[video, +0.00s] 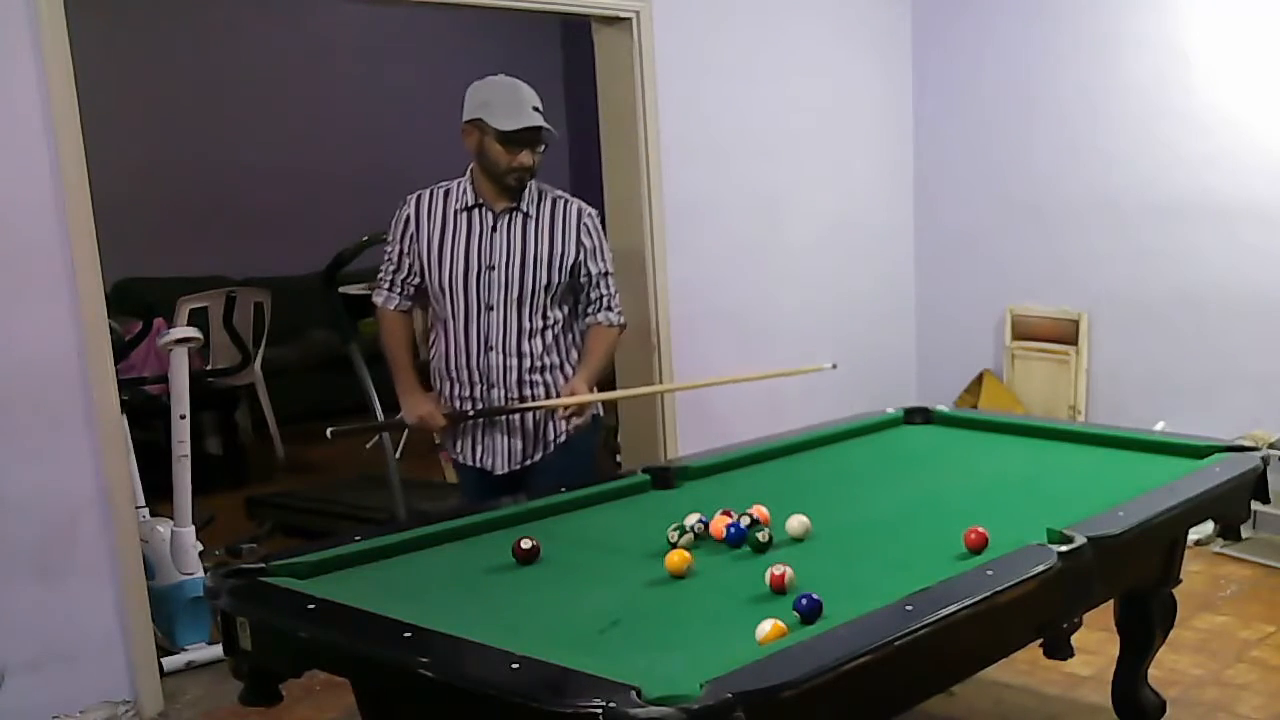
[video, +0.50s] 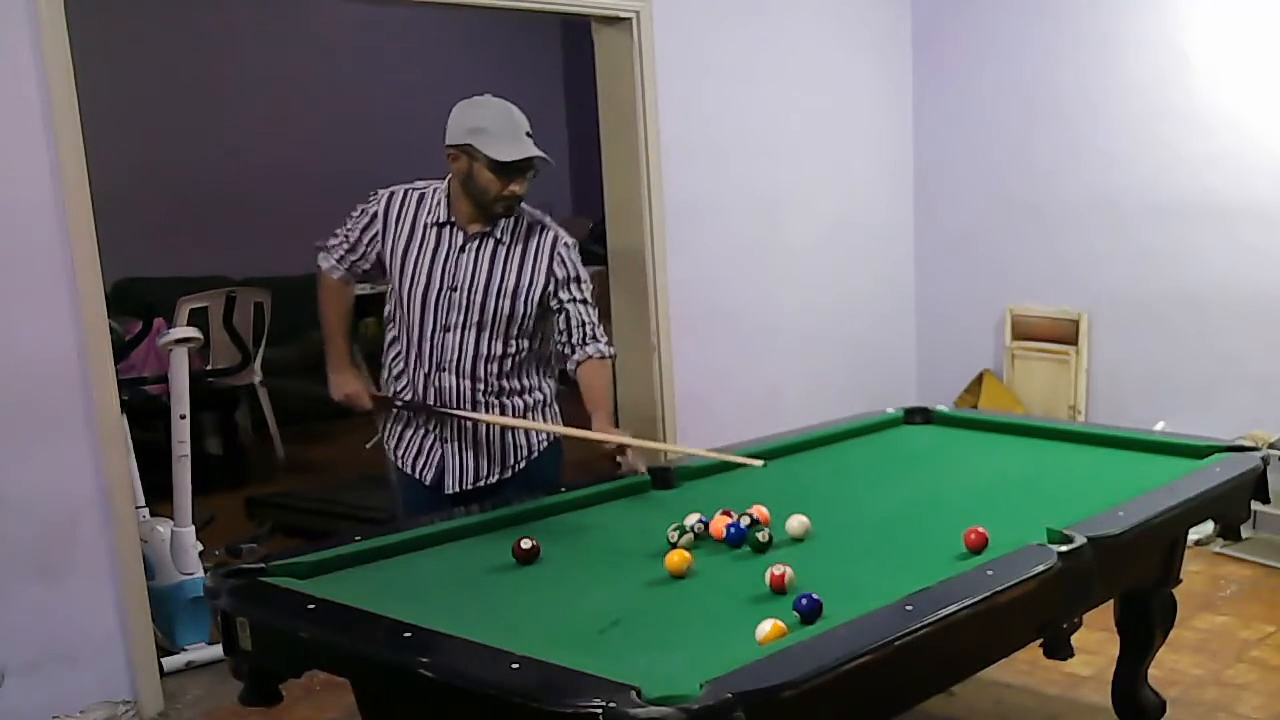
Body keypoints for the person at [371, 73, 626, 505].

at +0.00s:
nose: (526, 160)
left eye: (535, 146)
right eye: (511, 146)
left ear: (545, 142)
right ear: (471, 136)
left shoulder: (575, 220)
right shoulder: (421, 215)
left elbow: (606, 315)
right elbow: (393, 304)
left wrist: (583, 379)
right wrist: (410, 393)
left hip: (559, 435)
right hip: (469, 439)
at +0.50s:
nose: (519, 187)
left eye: (527, 172)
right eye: (503, 171)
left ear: (535, 168)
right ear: (457, 160)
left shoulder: (551, 248)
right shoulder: (392, 213)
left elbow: (587, 343)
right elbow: (336, 265)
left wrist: (604, 422)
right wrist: (340, 365)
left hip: (519, 449)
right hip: (421, 447)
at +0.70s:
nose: (516, 199)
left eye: (521, 183)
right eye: (501, 184)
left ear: (528, 175)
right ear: (452, 172)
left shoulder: (539, 254)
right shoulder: (383, 212)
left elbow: (587, 349)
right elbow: (315, 249)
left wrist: (627, 432)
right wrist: (314, 352)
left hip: (505, 445)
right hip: (407, 442)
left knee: (521, 587)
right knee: (420, 591)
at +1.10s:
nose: (527, 221)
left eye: (533, 208)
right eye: (514, 205)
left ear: (539, 202)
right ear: (467, 191)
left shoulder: (544, 269)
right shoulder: (393, 211)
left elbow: (597, 361)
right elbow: (312, 225)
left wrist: (655, 445)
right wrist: (304, 331)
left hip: (499, 443)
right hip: (403, 439)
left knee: (518, 583)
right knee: (414, 590)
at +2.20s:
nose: (555, 202)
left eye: (562, 189)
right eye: (544, 185)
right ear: (502, 167)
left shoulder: (566, 254)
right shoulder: (410, 206)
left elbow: (608, 339)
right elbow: (329, 269)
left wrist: (620, 413)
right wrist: (363, 320)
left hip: (514, 449)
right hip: (411, 442)